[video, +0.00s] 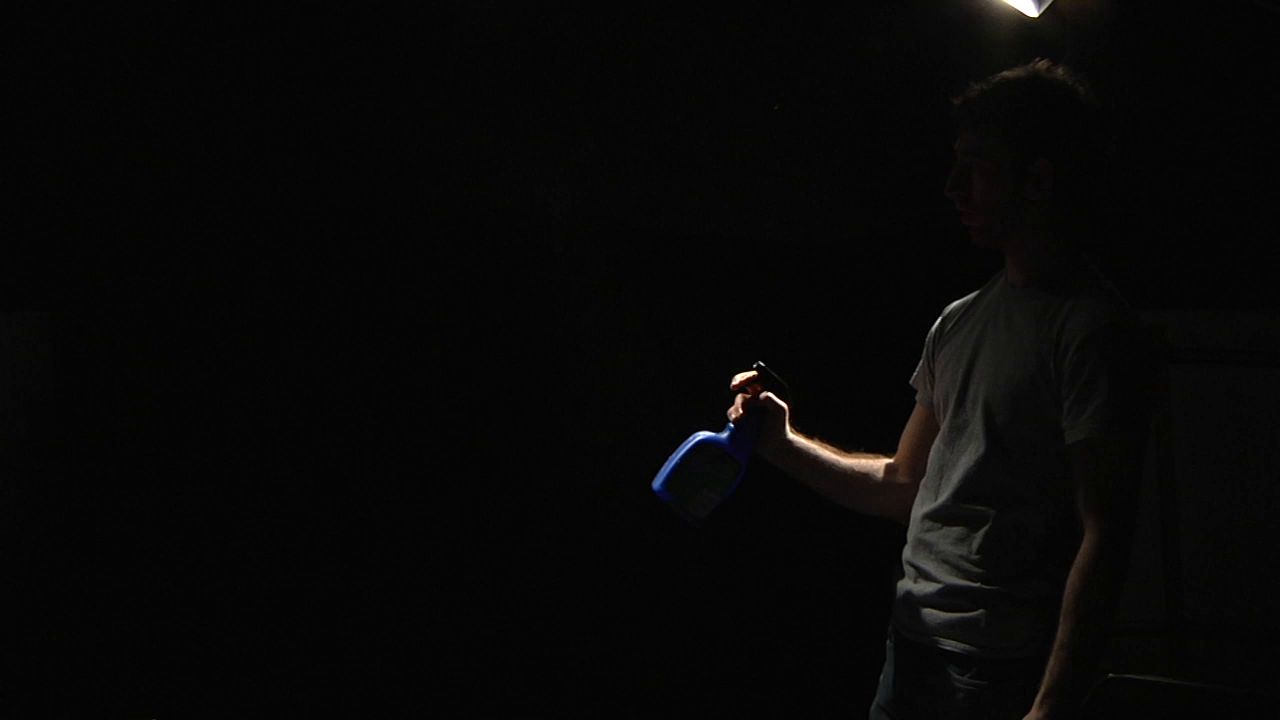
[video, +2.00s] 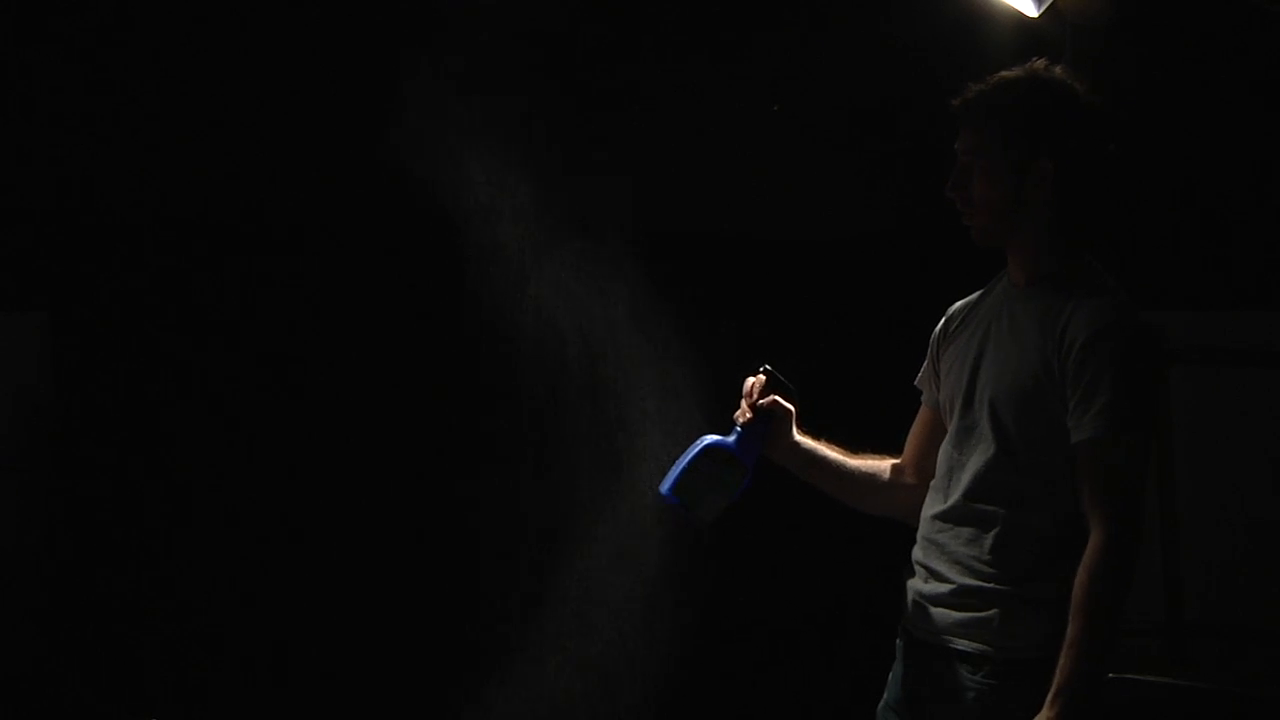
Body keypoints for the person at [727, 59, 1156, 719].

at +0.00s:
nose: (956, 183)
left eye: (976, 162)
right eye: (959, 162)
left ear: (1036, 176)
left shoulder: (1095, 327)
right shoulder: (958, 322)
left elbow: (1106, 531)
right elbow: (905, 484)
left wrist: (1052, 701)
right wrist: (784, 441)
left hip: (1007, 661)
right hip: (914, 643)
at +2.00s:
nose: (955, 185)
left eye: (976, 164)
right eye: (959, 163)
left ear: (1037, 174)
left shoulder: (1096, 324)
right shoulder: (962, 322)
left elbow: (1112, 529)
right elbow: (912, 486)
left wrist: (1062, 698)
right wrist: (791, 443)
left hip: (1013, 663)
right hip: (923, 646)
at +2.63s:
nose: (963, 182)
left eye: (983, 161)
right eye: (968, 161)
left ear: (1046, 174)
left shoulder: (1104, 324)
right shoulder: (968, 322)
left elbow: (1121, 525)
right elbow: (919, 486)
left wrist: (1071, 697)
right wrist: (797, 442)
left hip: (1021, 661)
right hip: (931, 644)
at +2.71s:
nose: (964, 181)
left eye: (984, 160)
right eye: (968, 160)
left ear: (1046, 174)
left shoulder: (1103, 323)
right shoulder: (968, 322)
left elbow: (1120, 524)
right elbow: (919, 486)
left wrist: (1067, 695)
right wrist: (798, 442)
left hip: (1020, 661)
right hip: (931, 644)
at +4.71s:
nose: (1119, 318)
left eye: (1142, 302)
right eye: (1124, 300)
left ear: (1201, 321)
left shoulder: (1260, 460)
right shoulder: (1086, 457)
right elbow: (931, 519)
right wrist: (809, 447)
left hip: (1228, 701)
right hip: (1114, 702)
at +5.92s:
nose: (1115, 324)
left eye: (1138, 306)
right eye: (1120, 305)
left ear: (1198, 324)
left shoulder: (1256, 462)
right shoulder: (1084, 460)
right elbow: (929, 524)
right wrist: (809, 453)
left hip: (1233, 700)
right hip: (1114, 701)